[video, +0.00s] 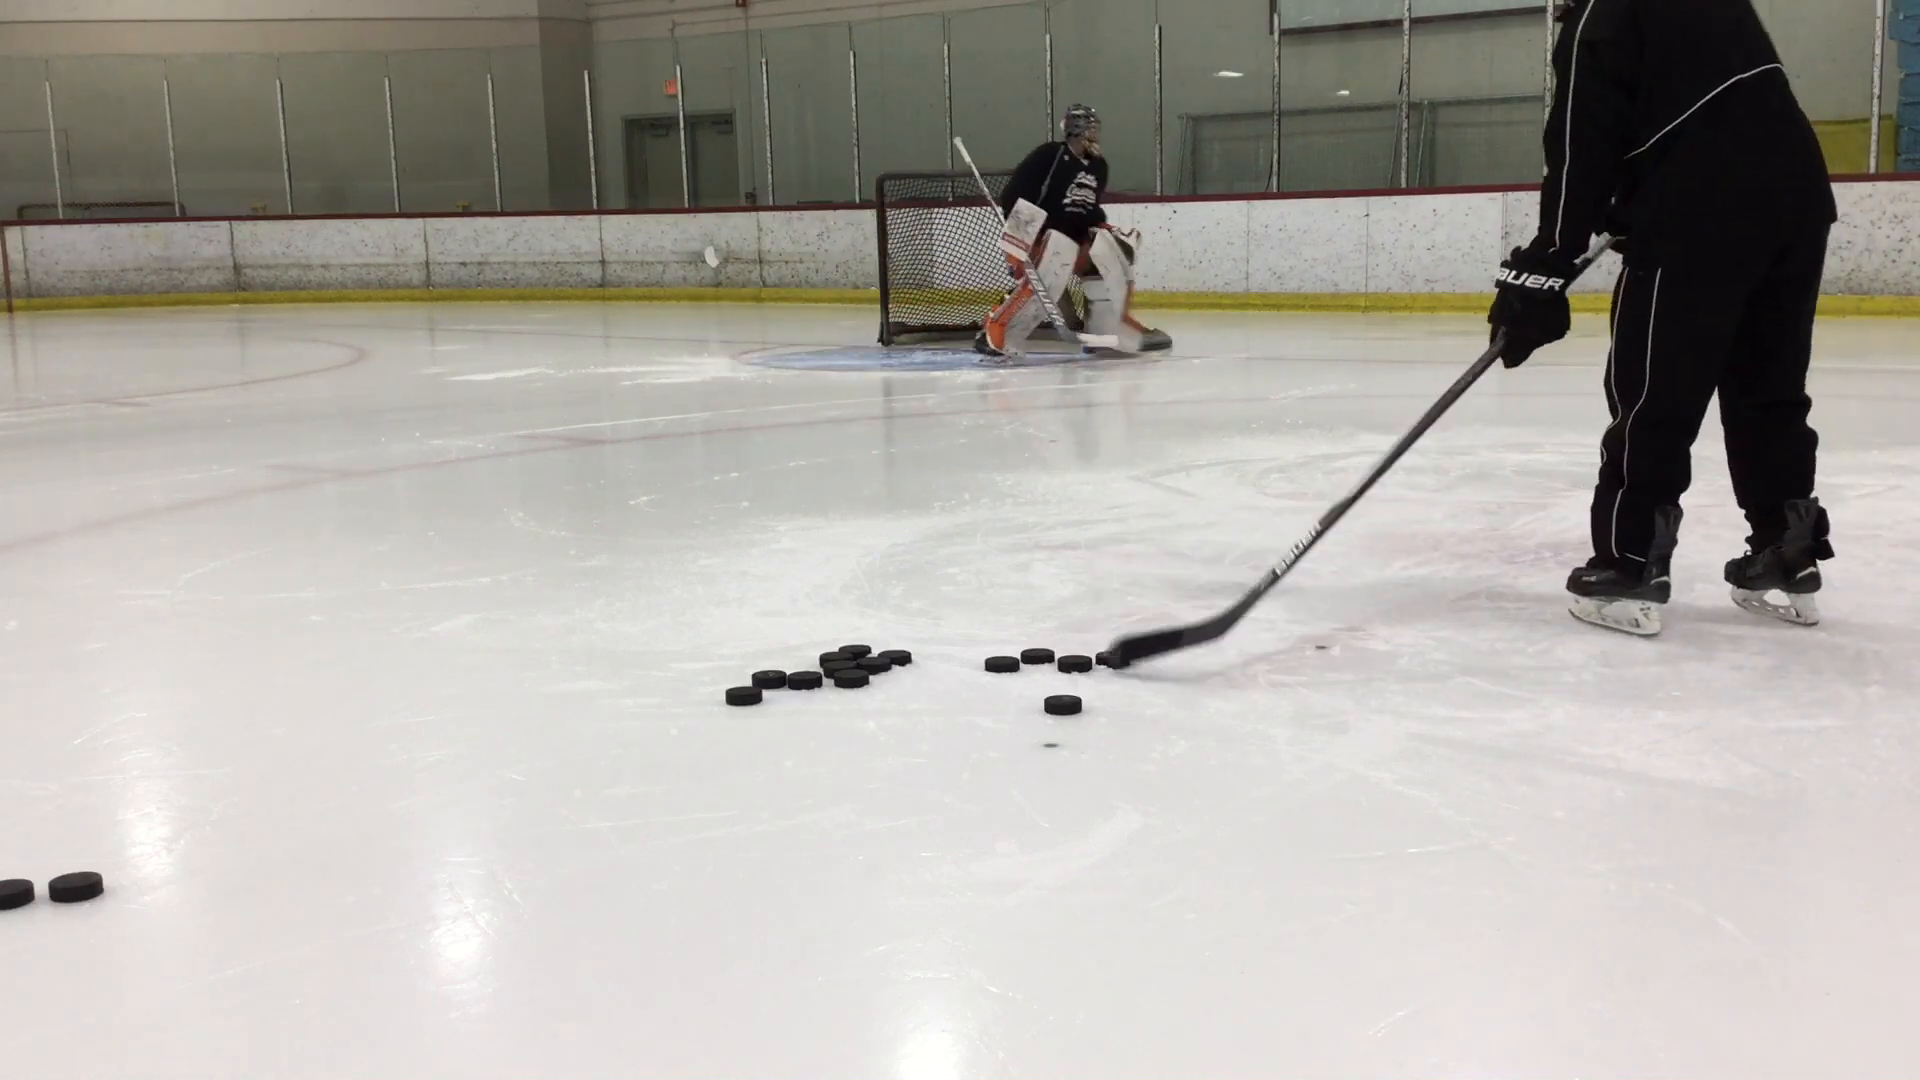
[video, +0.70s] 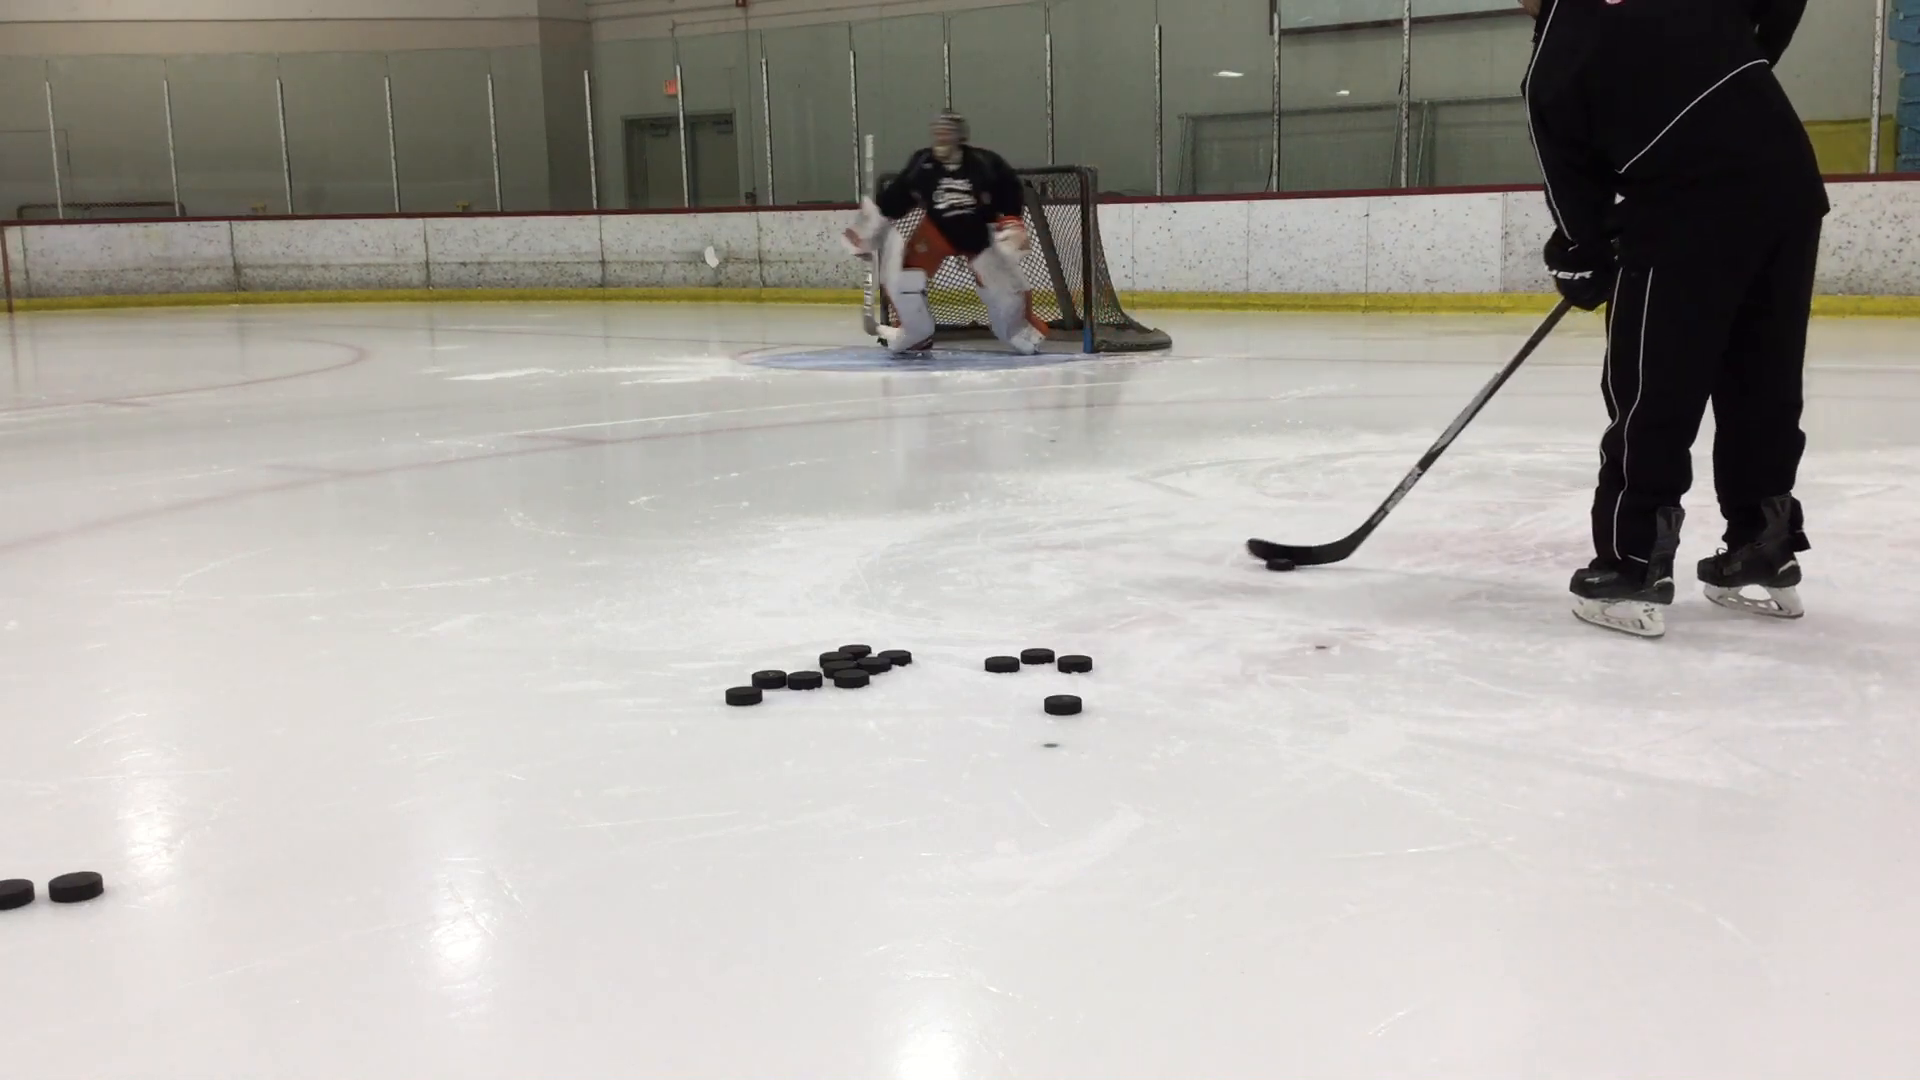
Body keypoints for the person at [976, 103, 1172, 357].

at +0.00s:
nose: (1096, 136)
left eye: (1096, 130)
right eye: (1090, 129)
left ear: (1094, 132)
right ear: (1075, 131)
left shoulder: (1098, 165)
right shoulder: (1048, 155)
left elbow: (1090, 206)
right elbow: (1015, 196)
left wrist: (1102, 231)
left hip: (1082, 235)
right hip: (1048, 232)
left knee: (1117, 257)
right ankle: (997, 334)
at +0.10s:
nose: (1086, 134)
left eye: (1086, 128)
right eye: (1080, 128)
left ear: (1085, 130)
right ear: (1066, 131)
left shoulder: (1087, 166)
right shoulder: (1039, 156)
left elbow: (1086, 209)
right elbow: (1006, 196)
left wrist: (1092, 237)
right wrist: (1014, 233)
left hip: (1074, 238)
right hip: (1037, 234)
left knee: (1096, 276)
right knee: (1025, 291)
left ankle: (1081, 336)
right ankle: (981, 340)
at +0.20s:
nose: (1079, 137)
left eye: (1080, 131)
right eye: (1073, 131)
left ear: (1079, 134)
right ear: (1057, 133)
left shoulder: (1079, 169)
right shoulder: (1031, 156)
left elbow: (1080, 215)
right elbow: (997, 198)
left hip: (1057, 245)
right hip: (1019, 239)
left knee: (1083, 274)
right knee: (1003, 290)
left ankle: (1068, 338)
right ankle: (966, 344)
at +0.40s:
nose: (1053, 141)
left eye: (1055, 135)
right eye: (1047, 135)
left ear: (1058, 137)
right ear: (1031, 137)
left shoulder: (1062, 168)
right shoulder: (1004, 160)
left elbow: (1072, 211)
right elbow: (967, 203)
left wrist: (1085, 232)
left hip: (1040, 237)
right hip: (993, 233)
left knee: (1054, 284)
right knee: (971, 279)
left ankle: (1050, 335)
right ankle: (942, 337)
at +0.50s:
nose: (1024, 138)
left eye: (1027, 133)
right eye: (1017, 133)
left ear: (1032, 135)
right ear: (1004, 135)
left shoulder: (1044, 164)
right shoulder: (984, 159)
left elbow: (1061, 205)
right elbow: (947, 196)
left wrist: (1071, 228)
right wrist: (922, 234)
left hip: (1024, 235)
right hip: (977, 228)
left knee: (1040, 286)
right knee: (949, 279)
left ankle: (1039, 336)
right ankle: (925, 334)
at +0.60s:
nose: (983, 137)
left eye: (989, 132)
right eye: (979, 132)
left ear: (999, 135)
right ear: (972, 135)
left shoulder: (1018, 163)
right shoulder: (957, 161)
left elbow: (1039, 199)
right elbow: (924, 195)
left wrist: (1048, 230)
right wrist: (892, 227)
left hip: (1004, 236)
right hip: (959, 232)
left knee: (1025, 290)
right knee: (925, 276)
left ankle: (1025, 333)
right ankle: (920, 335)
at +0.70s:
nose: (941, 138)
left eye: (947, 132)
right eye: (937, 133)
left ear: (959, 135)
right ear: (932, 135)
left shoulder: (984, 162)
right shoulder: (922, 164)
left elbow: (1010, 190)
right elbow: (895, 198)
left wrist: (1012, 224)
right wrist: (868, 227)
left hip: (977, 237)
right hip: (936, 234)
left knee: (1008, 290)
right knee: (905, 281)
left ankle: (1015, 331)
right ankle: (917, 336)